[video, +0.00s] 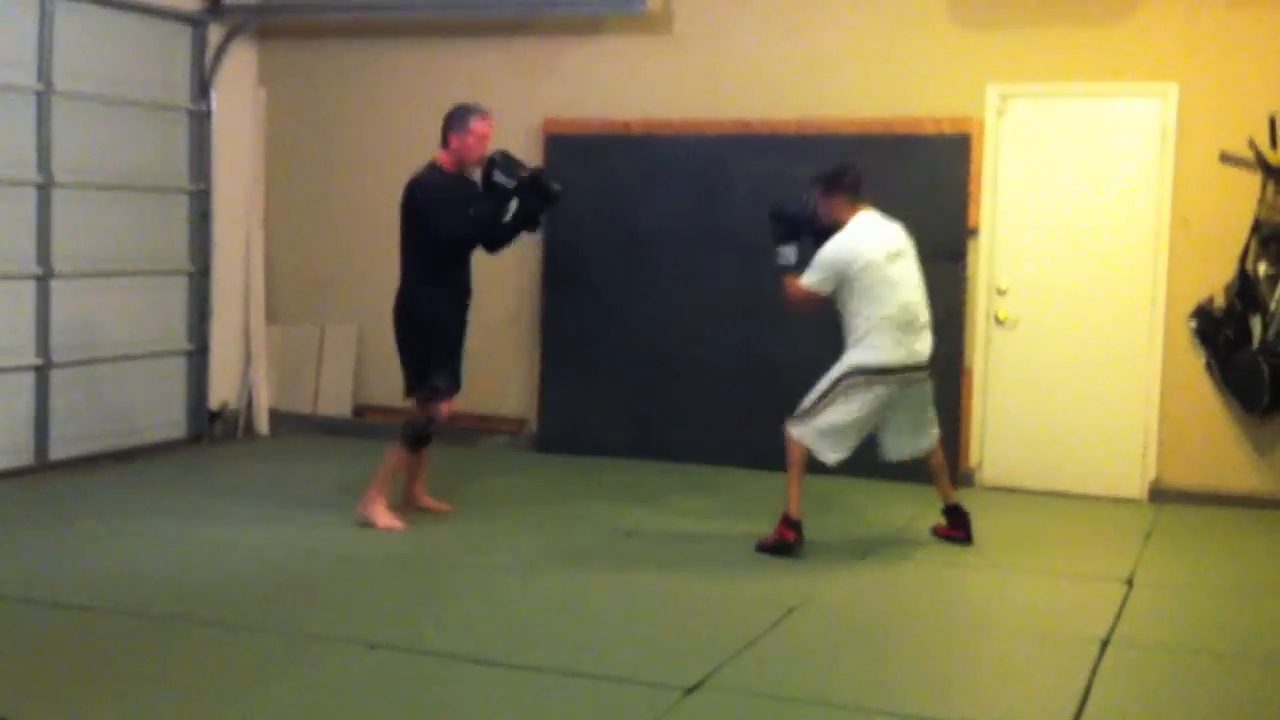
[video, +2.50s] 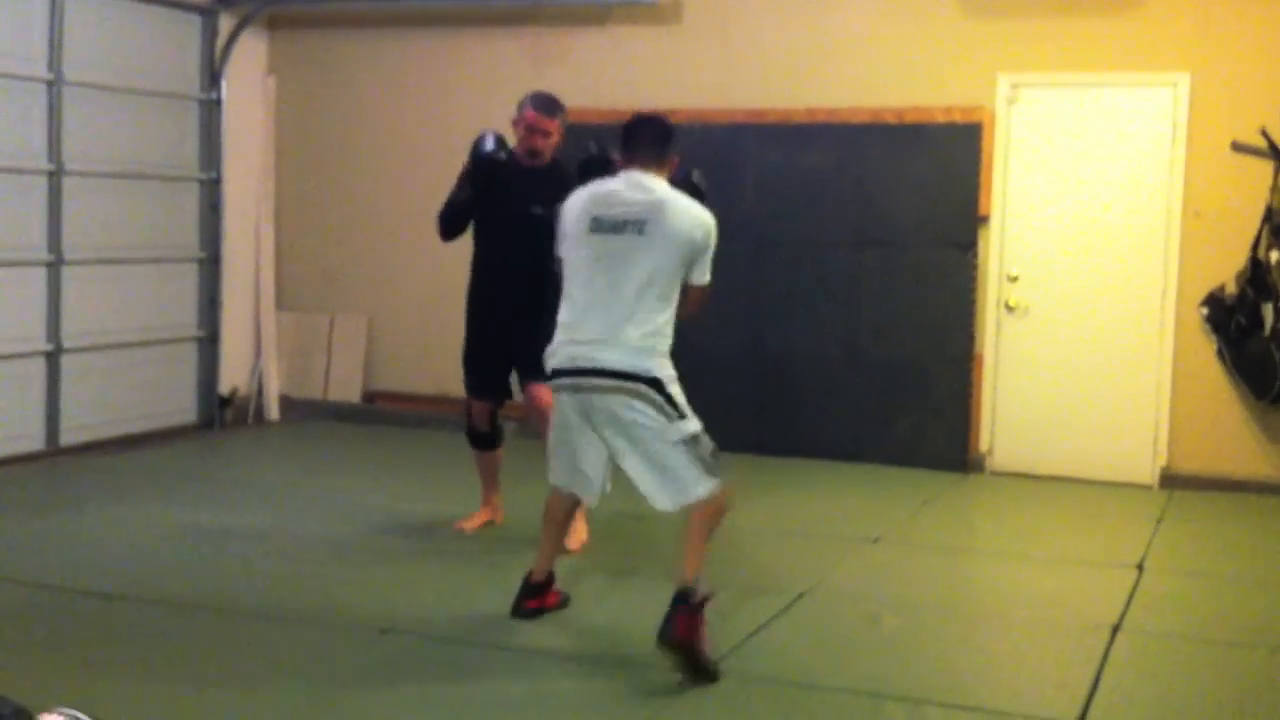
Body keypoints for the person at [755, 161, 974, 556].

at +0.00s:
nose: (820, 211)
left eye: (823, 202)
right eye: (820, 202)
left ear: (837, 200)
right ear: (855, 196)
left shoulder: (843, 244)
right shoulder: (896, 230)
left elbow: (799, 295)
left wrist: (788, 258)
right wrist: (818, 242)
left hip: (870, 362)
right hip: (915, 361)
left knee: (798, 430)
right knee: (929, 440)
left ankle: (791, 524)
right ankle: (956, 518)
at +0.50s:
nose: (754, 204)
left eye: (757, 194)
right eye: (755, 194)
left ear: (772, 191)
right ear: (797, 188)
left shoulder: (773, 234)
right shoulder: (842, 227)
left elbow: (757, 299)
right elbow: (832, 284)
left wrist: (736, 270)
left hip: (798, 360)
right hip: (849, 358)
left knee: (738, 445)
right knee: (854, 445)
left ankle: (725, 541)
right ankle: (881, 527)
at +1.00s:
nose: (721, 182)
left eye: (721, 175)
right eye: (723, 175)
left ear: (730, 171)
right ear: (769, 163)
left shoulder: (724, 213)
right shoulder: (819, 209)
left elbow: (704, 293)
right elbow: (807, 275)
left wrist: (694, 253)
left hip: (749, 349)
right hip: (808, 349)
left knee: (720, 451)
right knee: (827, 452)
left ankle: (705, 552)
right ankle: (841, 555)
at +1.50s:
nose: (732, 182)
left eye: (729, 174)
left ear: (728, 174)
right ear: (774, 175)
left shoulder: (698, 219)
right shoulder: (808, 234)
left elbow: (650, 278)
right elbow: (802, 295)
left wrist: (648, 234)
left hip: (699, 375)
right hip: (765, 378)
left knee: (664, 455)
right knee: (802, 483)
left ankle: (612, 539)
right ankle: (840, 591)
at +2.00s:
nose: (706, 175)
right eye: (709, 168)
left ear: (658, 163)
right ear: (706, 169)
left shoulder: (618, 207)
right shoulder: (728, 226)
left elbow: (581, 274)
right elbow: (734, 305)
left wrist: (632, 273)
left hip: (622, 365)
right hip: (683, 368)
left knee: (616, 469)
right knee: (708, 487)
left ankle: (593, 560)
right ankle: (681, 604)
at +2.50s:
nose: (669, 168)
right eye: (674, 161)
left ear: (621, 154)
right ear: (672, 162)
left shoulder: (576, 203)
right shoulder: (694, 218)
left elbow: (571, 278)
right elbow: (691, 304)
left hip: (568, 365)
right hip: (638, 370)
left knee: (567, 483)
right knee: (709, 492)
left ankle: (536, 586)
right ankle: (686, 607)